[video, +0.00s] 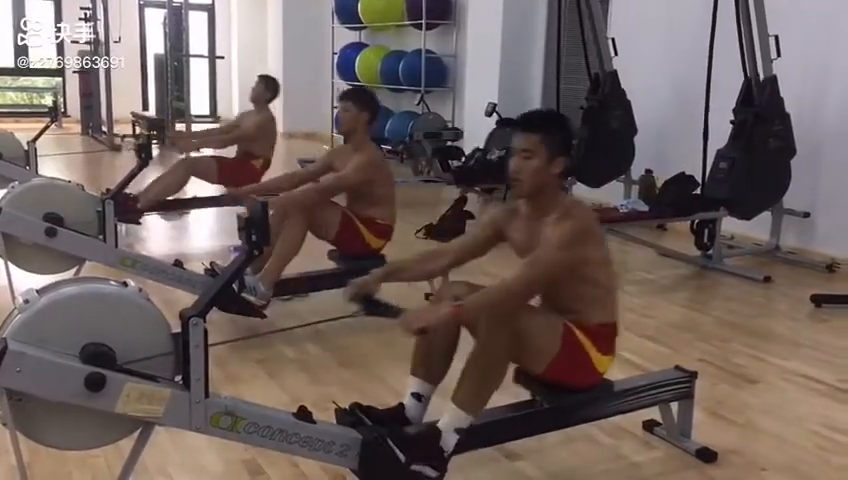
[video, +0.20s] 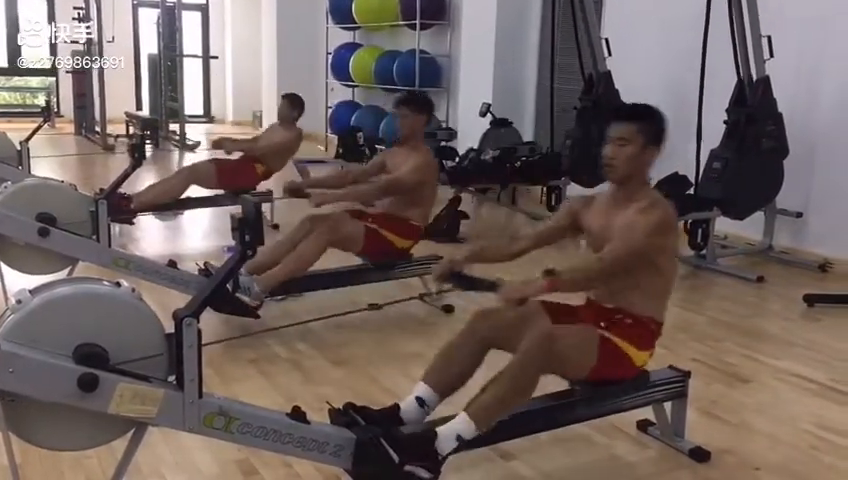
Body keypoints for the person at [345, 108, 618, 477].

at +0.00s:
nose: (513, 166)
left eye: (526, 157)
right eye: (512, 155)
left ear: (558, 166)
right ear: (509, 159)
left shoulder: (573, 223)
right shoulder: (507, 216)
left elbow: (521, 286)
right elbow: (446, 256)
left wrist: (449, 311)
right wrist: (381, 275)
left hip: (587, 349)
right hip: (547, 330)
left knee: (501, 321)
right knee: (452, 293)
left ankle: (441, 444)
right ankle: (411, 414)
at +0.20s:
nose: (609, 152)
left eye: (623, 144)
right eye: (608, 142)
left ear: (650, 153)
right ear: (604, 146)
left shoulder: (657, 215)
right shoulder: (588, 205)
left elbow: (605, 268)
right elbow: (520, 244)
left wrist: (538, 285)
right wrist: (466, 254)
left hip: (629, 339)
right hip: (588, 315)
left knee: (541, 342)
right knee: (486, 320)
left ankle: (440, 445)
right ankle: (405, 417)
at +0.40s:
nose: (680, 176)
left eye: (692, 170)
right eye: (679, 167)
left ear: (718, 182)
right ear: (675, 169)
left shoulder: (721, 232)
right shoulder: (648, 217)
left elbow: (689, 278)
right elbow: (596, 257)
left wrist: (638, 270)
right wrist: (555, 252)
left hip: (642, 335)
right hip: (603, 311)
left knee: (548, 371)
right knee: (507, 353)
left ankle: (435, 450)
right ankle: (400, 420)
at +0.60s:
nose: (689, 189)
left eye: (702, 183)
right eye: (690, 180)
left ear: (728, 197)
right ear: (687, 187)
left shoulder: (734, 252)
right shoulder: (661, 230)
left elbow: (752, 329)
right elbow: (627, 288)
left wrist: (732, 285)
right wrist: (613, 259)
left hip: (640, 336)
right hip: (602, 314)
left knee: (545, 373)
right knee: (507, 350)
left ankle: (431, 450)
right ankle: (396, 418)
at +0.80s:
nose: (678, 184)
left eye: (691, 178)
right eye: (677, 175)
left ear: (716, 188)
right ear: (673, 179)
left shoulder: (725, 248)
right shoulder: (650, 229)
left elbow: (744, 323)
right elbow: (633, 287)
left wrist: (714, 284)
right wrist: (605, 268)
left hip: (636, 338)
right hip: (597, 316)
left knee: (542, 374)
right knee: (504, 352)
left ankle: (428, 453)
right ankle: (392, 420)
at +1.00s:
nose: (652, 170)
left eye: (665, 163)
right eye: (652, 160)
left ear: (692, 172)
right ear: (649, 165)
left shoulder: (698, 232)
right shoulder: (629, 219)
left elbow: (711, 311)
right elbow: (593, 268)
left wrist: (665, 302)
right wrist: (565, 272)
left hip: (635, 337)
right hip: (594, 315)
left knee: (544, 376)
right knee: (506, 356)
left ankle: (427, 453)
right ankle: (395, 419)